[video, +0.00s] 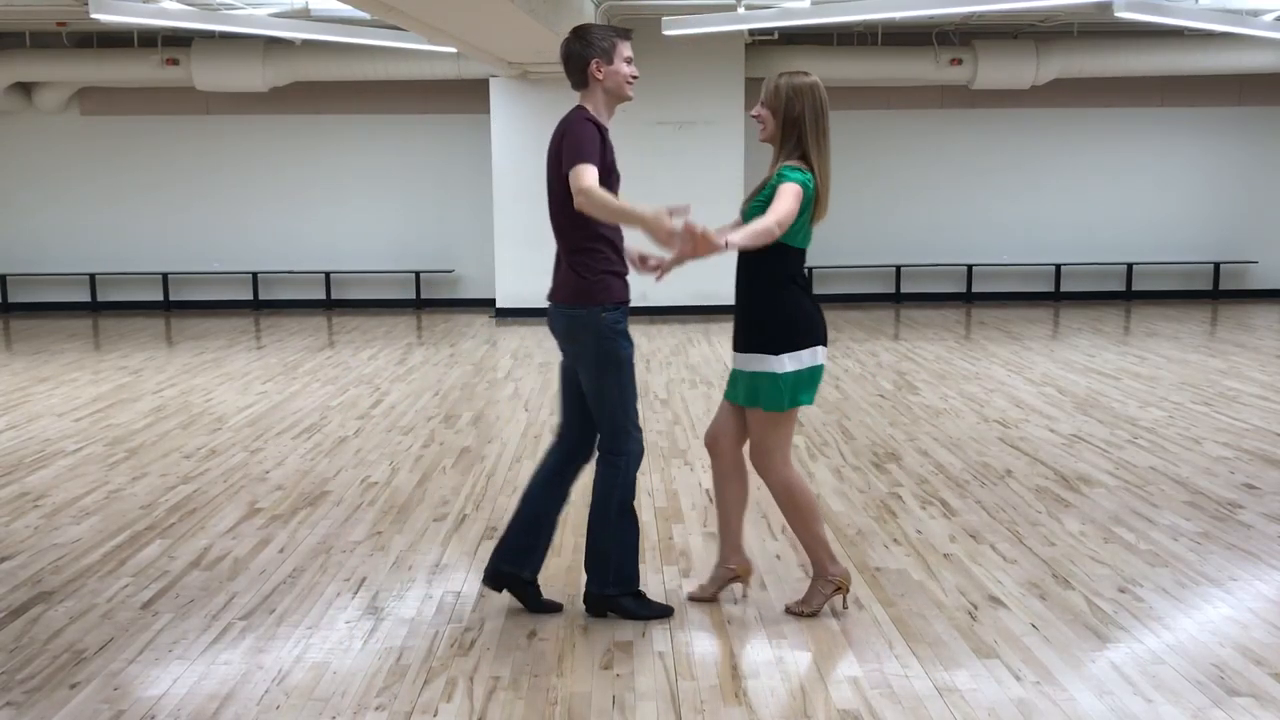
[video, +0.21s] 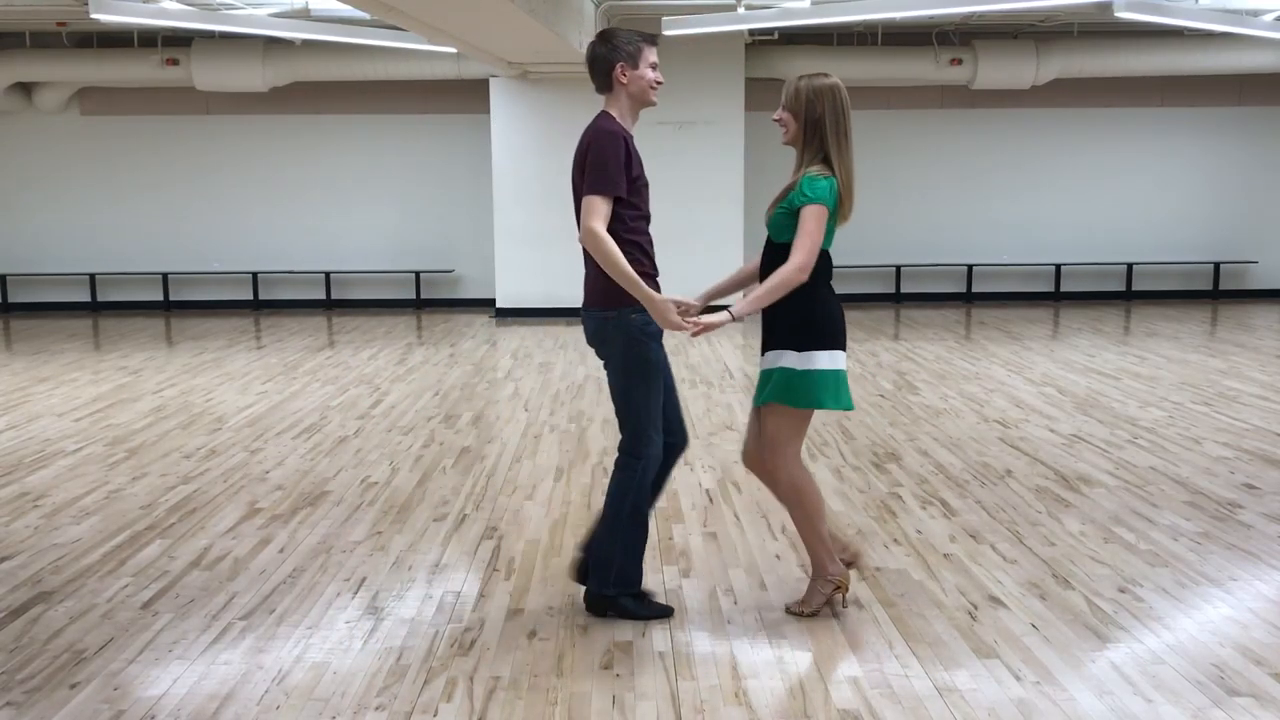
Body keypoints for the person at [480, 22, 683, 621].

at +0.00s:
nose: (636, 72)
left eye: (634, 62)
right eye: (628, 62)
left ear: (599, 72)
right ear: (597, 69)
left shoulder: (587, 132)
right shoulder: (583, 127)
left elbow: (583, 229)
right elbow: (583, 194)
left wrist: (634, 259)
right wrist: (653, 219)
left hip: (579, 308)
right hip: (594, 312)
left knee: (575, 439)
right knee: (622, 446)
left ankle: (513, 564)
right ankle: (610, 588)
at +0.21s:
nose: (660, 78)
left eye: (659, 68)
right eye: (652, 68)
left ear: (624, 75)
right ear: (623, 74)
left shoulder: (619, 137)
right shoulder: (605, 137)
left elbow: (613, 235)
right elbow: (593, 231)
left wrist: (658, 300)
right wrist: (652, 300)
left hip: (631, 316)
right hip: (620, 317)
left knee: (670, 439)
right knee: (641, 448)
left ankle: (600, 555)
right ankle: (611, 589)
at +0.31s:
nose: (673, 79)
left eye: (671, 69)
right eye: (666, 69)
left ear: (640, 75)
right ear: (636, 73)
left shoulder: (629, 139)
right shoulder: (616, 139)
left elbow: (622, 238)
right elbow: (604, 237)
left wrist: (669, 300)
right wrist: (671, 301)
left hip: (647, 318)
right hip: (631, 320)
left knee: (690, 438)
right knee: (659, 446)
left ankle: (687, 571)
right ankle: (613, 583)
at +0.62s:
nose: (679, 82)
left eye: (678, 72)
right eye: (672, 71)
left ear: (647, 76)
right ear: (642, 73)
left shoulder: (637, 139)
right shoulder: (620, 140)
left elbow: (634, 237)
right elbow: (617, 243)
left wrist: (686, 269)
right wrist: (692, 264)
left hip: (665, 309)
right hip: (644, 313)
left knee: (702, 436)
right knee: (688, 439)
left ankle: (699, 568)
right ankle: (625, 573)